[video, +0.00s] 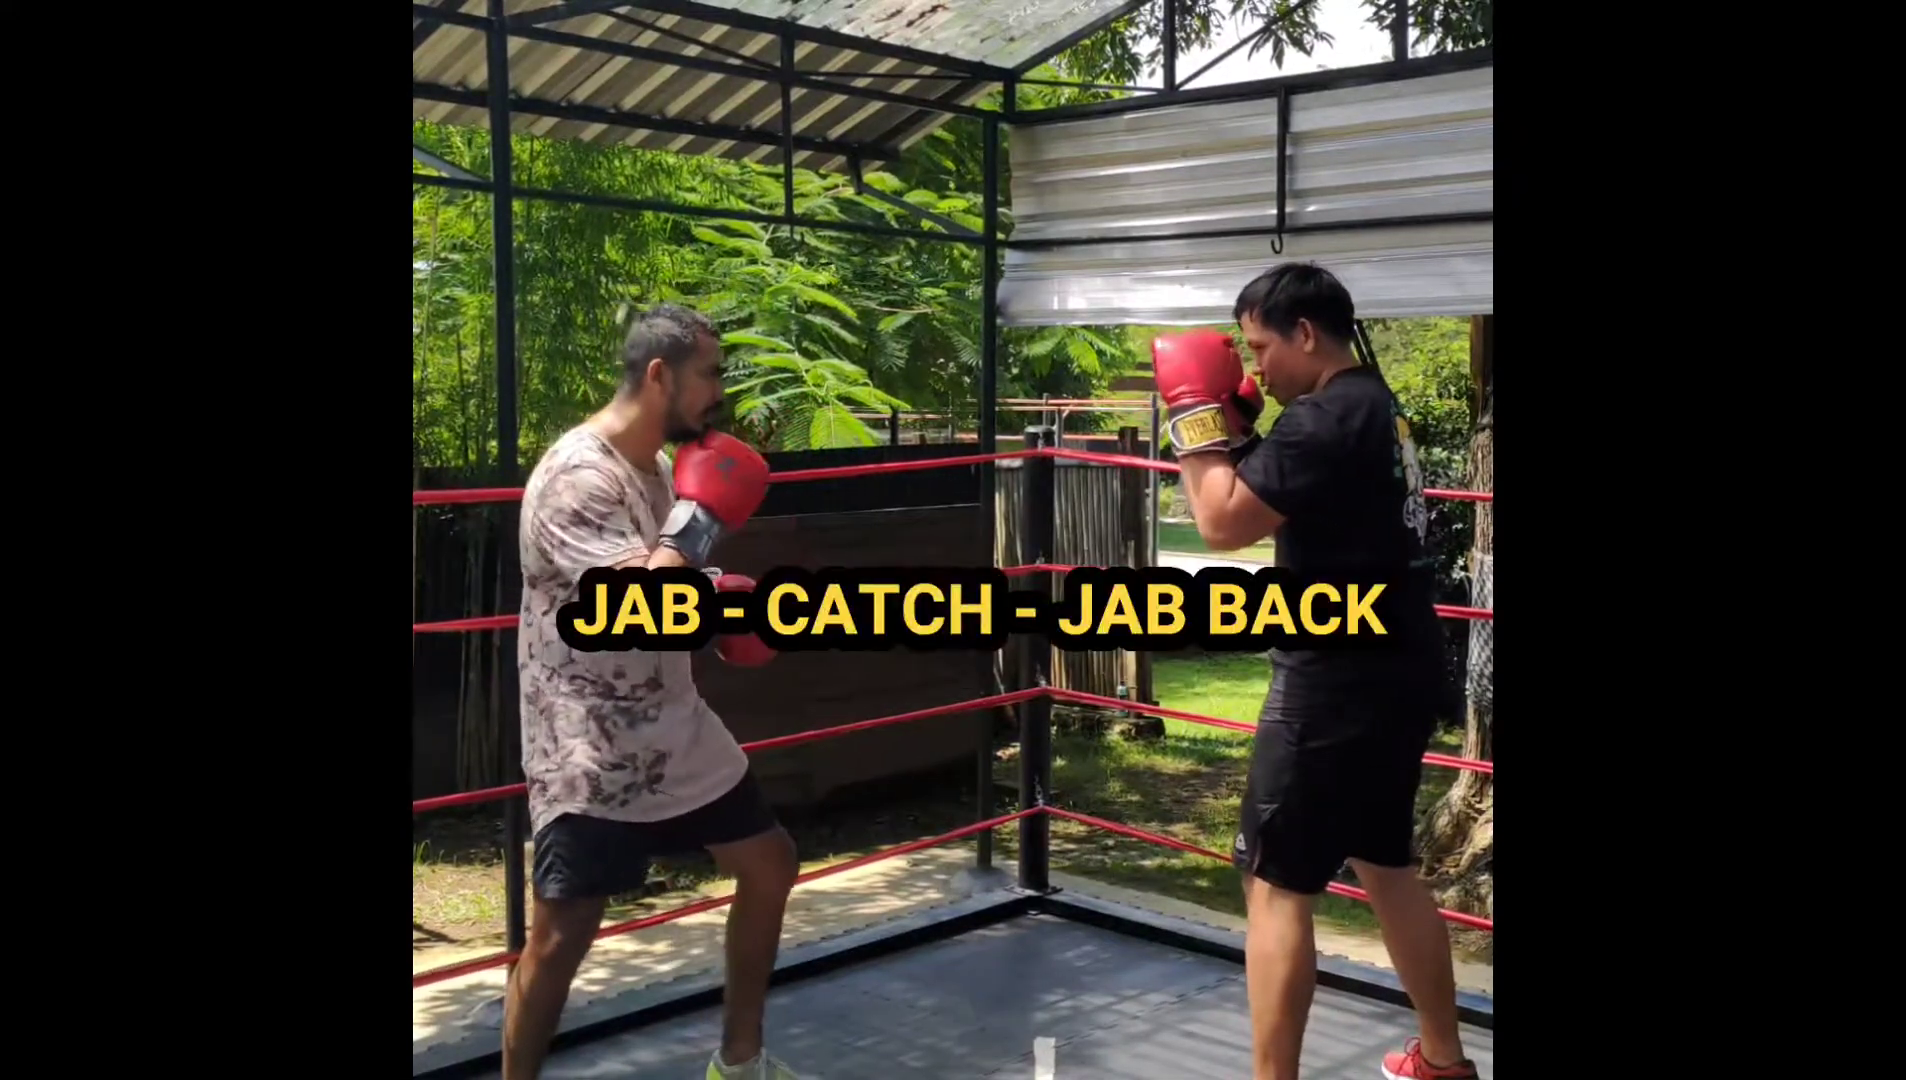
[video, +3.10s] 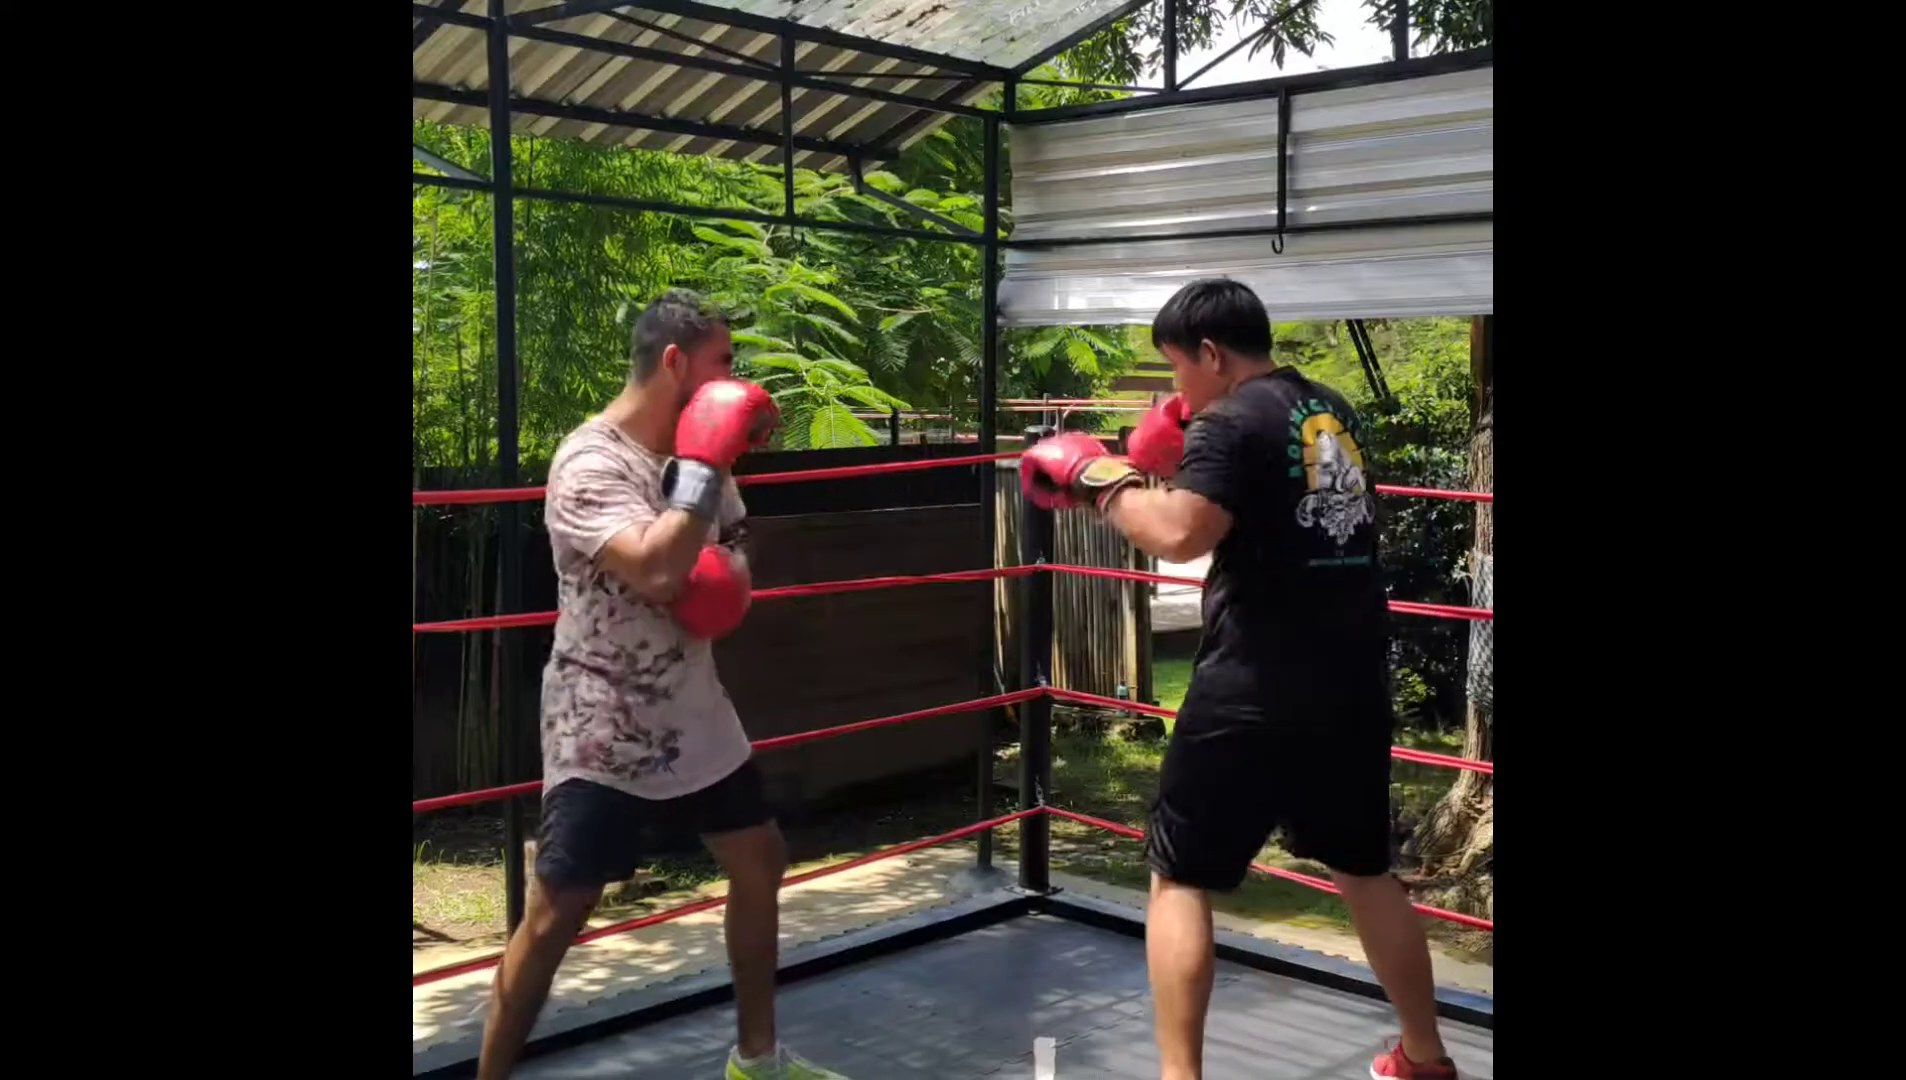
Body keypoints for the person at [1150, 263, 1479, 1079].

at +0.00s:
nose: (1255, 369)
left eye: (1257, 349)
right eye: (1248, 354)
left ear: (1306, 335)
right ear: (1320, 335)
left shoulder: (1329, 418)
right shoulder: (1367, 403)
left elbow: (1224, 522)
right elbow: (1272, 501)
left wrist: (1195, 422)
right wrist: (1237, 428)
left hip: (1328, 676)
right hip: (1394, 672)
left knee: (1276, 881)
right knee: (1388, 863)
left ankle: (1273, 1072)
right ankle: (1445, 1056)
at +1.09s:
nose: (1183, 377)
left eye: (1183, 358)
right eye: (1180, 359)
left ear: (1221, 349)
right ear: (1267, 344)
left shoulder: (1231, 417)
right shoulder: (1336, 413)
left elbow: (1152, 509)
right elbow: (1282, 505)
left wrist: (1069, 453)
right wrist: (1187, 457)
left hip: (1250, 682)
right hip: (1352, 682)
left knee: (1172, 871)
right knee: (1383, 868)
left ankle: (1170, 1070)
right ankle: (1445, 1049)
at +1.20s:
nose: (1165, 369)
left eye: (1167, 353)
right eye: (1162, 356)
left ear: (1202, 342)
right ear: (1255, 337)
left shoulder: (1206, 407)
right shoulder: (1332, 406)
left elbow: (1051, 435)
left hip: (1233, 684)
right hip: (1343, 682)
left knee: (1171, 875)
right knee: (1374, 867)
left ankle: (1170, 1071)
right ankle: (1428, 1049)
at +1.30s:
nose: (1165, 363)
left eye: (1165, 347)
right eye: (1161, 349)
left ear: (1199, 335)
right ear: (1255, 329)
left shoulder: (1191, 402)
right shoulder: (1336, 402)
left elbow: (1036, 429)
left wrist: (935, 399)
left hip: (1228, 689)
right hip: (1336, 685)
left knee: (1176, 874)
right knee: (1367, 860)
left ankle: (1178, 1071)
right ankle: (1425, 1036)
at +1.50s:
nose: (1183, 364)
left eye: (1184, 344)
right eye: (1180, 344)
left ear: (1220, 335)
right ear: (1261, 335)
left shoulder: (1222, 408)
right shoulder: (1334, 402)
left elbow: (1130, 519)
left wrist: (1036, 456)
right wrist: (1174, 454)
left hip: (1251, 672)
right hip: (1348, 670)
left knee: (1195, 877)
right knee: (1359, 854)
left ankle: (1192, 1071)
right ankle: (1426, 1036)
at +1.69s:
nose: (1215, 377)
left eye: (1217, 359)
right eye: (1209, 363)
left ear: (1264, 346)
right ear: (1290, 347)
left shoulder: (1288, 420)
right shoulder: (1341, 408)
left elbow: (1218, 545)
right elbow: (1279, 518)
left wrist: (1152, 454)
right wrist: (1210, 446)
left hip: (1306, 674)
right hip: (1384, 674)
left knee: (1216, 869)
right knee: (1381, 868)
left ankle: (1200, 1069)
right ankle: (1430, 1059)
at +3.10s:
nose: (1174, 388)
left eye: (1173, 369)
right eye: (1167, 373)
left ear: (1212, 354)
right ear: (1258, 348)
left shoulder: (1232, 420)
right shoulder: (1331, 408)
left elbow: (1177, 532)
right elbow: (1281, 511)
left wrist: (1102, 480)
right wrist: (1186, 460)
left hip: (1251, 690)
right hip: (1351, 690)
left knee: (1180, 877)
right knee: (1368, 871)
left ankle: (1179, 1070)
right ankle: (1425, 1051)